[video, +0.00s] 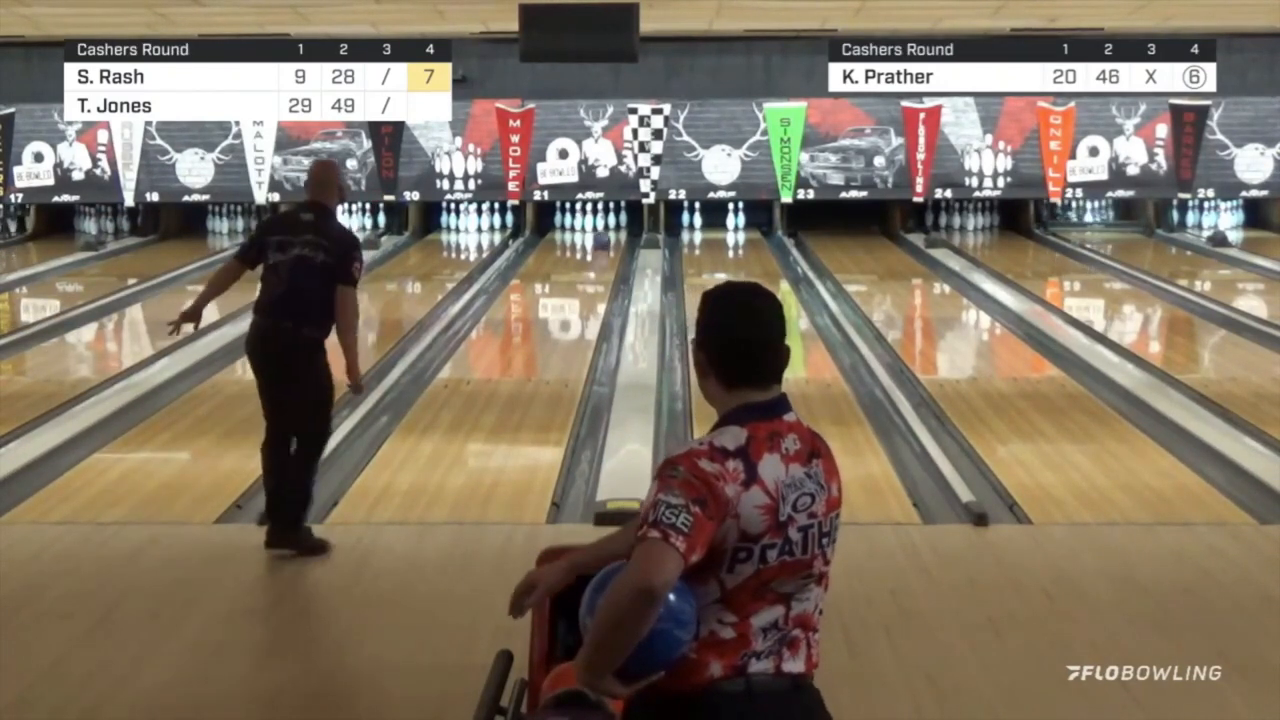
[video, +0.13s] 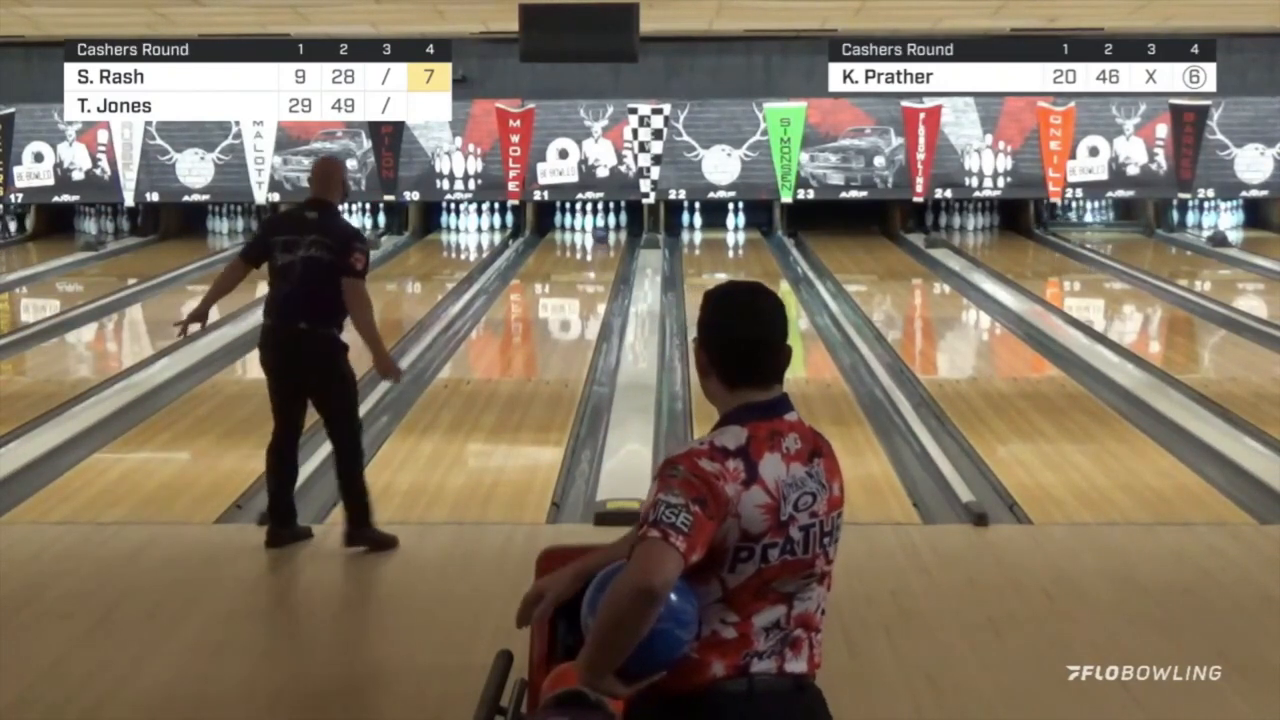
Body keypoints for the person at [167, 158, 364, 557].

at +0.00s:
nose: (345, 191)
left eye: (342, 184)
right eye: (342, 185)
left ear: (308, 187)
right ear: (335, 190)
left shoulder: (276, 222)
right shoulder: (343, 241)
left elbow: (235, 267)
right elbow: (346, 310)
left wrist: (197, 305)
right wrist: (352, 365)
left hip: (261, 340)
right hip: (304, 346)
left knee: (278, 428)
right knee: (314, 430)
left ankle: (278, 520)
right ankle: (290, 526)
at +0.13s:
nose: (346, 187)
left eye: (342, 179)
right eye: (345, 181)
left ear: (310, 184)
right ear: (341, 187)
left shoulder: (278, 223)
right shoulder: (348, 236)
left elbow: (238, 268)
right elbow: (353, 294)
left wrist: (204, 305)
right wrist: (379, 351)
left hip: (275, 343)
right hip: (321, 346)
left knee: (285, 430)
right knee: (346, 433)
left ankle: (281, 525)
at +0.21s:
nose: (349, 187)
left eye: (345, 180)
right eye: (346, 181)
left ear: (314, 183)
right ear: (340, 185)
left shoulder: (281, 224)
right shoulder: (351, 236)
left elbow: (244, 267)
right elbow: (362, 293)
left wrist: (210, 308)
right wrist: (395, 346)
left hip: (283, 348)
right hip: (330, 349)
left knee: (291, 431)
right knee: (358, 437)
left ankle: (281, 524)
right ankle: (374, 526)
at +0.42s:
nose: (356, 189)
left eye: (350, 182)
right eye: (355, 184)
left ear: (319, 184)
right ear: (352, 187)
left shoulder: (286, 228)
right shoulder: (362, 238)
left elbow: (264, 286)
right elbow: (390, 301)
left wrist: (252, 332)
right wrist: (426, 346)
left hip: (300, 350)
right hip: (350, 352)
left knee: (299, 432)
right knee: (363, 445)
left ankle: (282, 524)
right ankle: (373, 530)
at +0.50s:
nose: (354, 190)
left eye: (350, 183)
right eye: (354, 184)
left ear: (318, 184)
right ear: (351, 187)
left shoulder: (284, 231)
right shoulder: (362, 239)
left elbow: (270, 291)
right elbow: (389, 302)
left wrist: (269, 339)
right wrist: (423, 346)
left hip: (301, 351)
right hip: (350, 354)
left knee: (297, 436)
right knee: (362, 445)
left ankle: (282, 524)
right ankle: (373, 530)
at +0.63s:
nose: (348, 189)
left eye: (345, 182)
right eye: (347, 184)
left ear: (313, 183)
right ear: (342, 187)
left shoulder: (277, 233)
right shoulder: (356, 240)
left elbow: (270, 288)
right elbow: (376, 299)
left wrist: (291, 323)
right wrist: (397, 338)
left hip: (299, 349)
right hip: (348, 350)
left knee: (295, 436)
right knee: (360, 443)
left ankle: (281, 525)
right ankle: (373, 528)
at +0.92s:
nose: (332, 190)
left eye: (327, 183)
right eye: (330, 185)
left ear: (295, 185)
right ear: (325, 188)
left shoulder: (262, 233)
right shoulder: (341, 240)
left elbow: (249, 287)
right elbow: (354, 295)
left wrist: (273, 321)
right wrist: (320, 311)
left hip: (283, 348)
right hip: (332, 349)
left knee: (282, 436)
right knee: (353, 439)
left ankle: (281, 525)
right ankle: (370, 524)